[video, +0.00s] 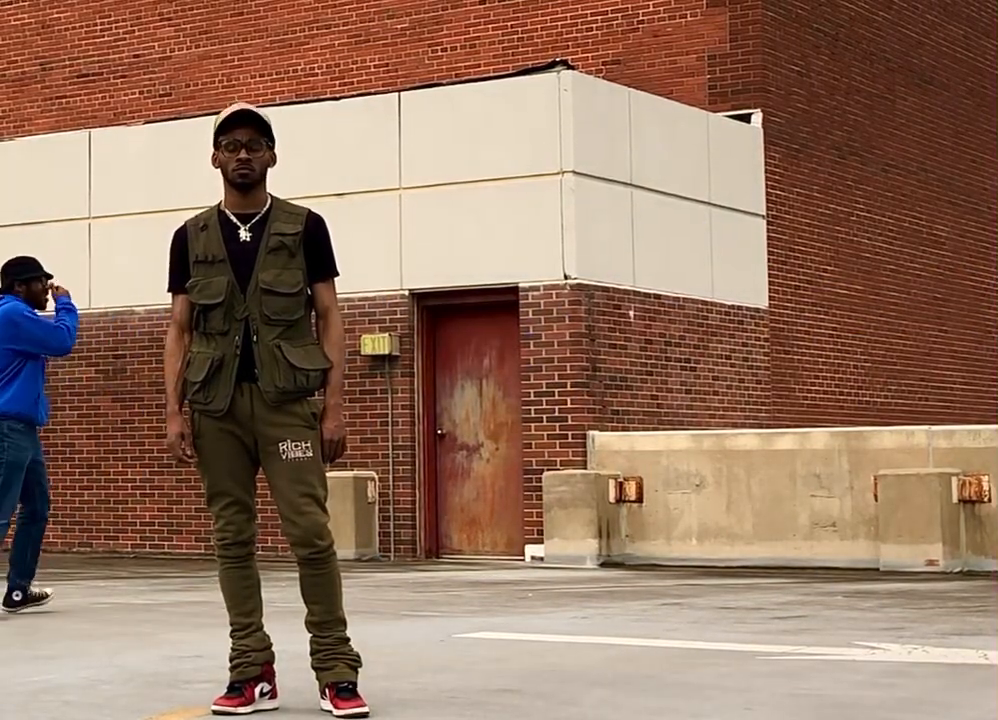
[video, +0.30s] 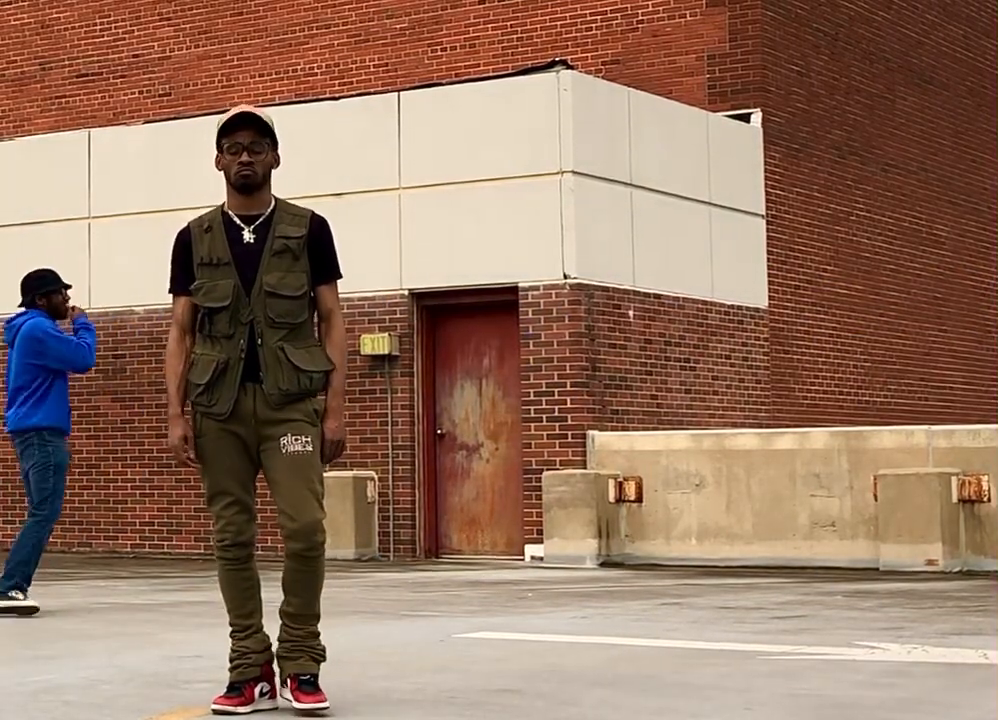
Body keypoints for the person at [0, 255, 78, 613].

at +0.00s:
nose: (46, 291)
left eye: (46, 284)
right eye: (42, 285)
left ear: (19, 287)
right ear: (22, 286)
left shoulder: (18, 314)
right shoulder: (13, 313)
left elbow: (59, 339)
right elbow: (63, 340)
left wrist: (60, 308)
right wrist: (64, 302)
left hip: (26, 429)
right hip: (11, 428)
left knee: (36, 508)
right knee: (5, 514)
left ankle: (18, 587)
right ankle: (14, 589)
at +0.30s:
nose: (67, 299)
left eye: (65, 293)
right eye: (61, 294)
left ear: (37, 299)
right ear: (43, 298)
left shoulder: (30, 328)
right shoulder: (36, 329)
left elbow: (78, 359)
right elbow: (83, 359)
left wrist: (73, 325)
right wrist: (82, 322)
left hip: (33, 430)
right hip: (40, 430)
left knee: (42, 512)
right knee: (44, 512)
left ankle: (13, 587)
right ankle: (11, 588)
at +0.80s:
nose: (147, 308)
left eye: (145, 302)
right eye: (142, 303)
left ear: (112, 307)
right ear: (128, 306)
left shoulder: (95, 337)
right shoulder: (128, 335)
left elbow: (97, 385)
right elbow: (138, 376)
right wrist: (181, 398)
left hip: (98, 438)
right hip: (129, 436)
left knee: (101, 513)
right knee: (151, 512)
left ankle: (52, 559)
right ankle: (141, 590)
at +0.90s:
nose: (171, 302)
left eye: (170, 296)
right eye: (168, 297)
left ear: (135, 301)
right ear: (155, 300)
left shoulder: (115, 333)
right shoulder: (156, 331)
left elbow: (113, 379)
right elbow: (177, 377)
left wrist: (165, 394)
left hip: (125, 428)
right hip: (151, 429)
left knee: (152, 500)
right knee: (158, 508)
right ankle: (140, 590)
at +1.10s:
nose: (208, 307)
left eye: (206, 301)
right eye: (204, 301)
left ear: (170, 303)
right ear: (193, 303)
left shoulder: (152, 338)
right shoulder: (195, 334)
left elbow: (135, 387)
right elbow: (223, 370)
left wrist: (121, 432)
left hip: (162, 432)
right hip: (187, 432)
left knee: (199, 507)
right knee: (173, 511)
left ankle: (223, 577)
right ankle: (140, 588)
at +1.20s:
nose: (220, 311)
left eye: (220, 305)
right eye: (216, 305)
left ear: (181, 305)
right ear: (204, 306)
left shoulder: (164, 340)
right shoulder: (206, 336)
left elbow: (147, 388)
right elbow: (229, 377)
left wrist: (131, 433)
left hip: (177, 433)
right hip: (201, 433)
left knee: (214, 507)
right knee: (186, 511)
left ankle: (231, 576)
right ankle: (143, 584)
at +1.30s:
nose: (236, 313)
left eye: (236, 307)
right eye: (233, 307)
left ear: (200, 306)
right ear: (222, 307)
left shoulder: (182, 342)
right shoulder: (228, 338)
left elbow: (169, 392)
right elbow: (241, 382)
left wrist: (162, 439)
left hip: (197, 439)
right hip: (221, 436)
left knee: (231, 509)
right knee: (224, 511)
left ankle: (239, 588)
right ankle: (168, 565)